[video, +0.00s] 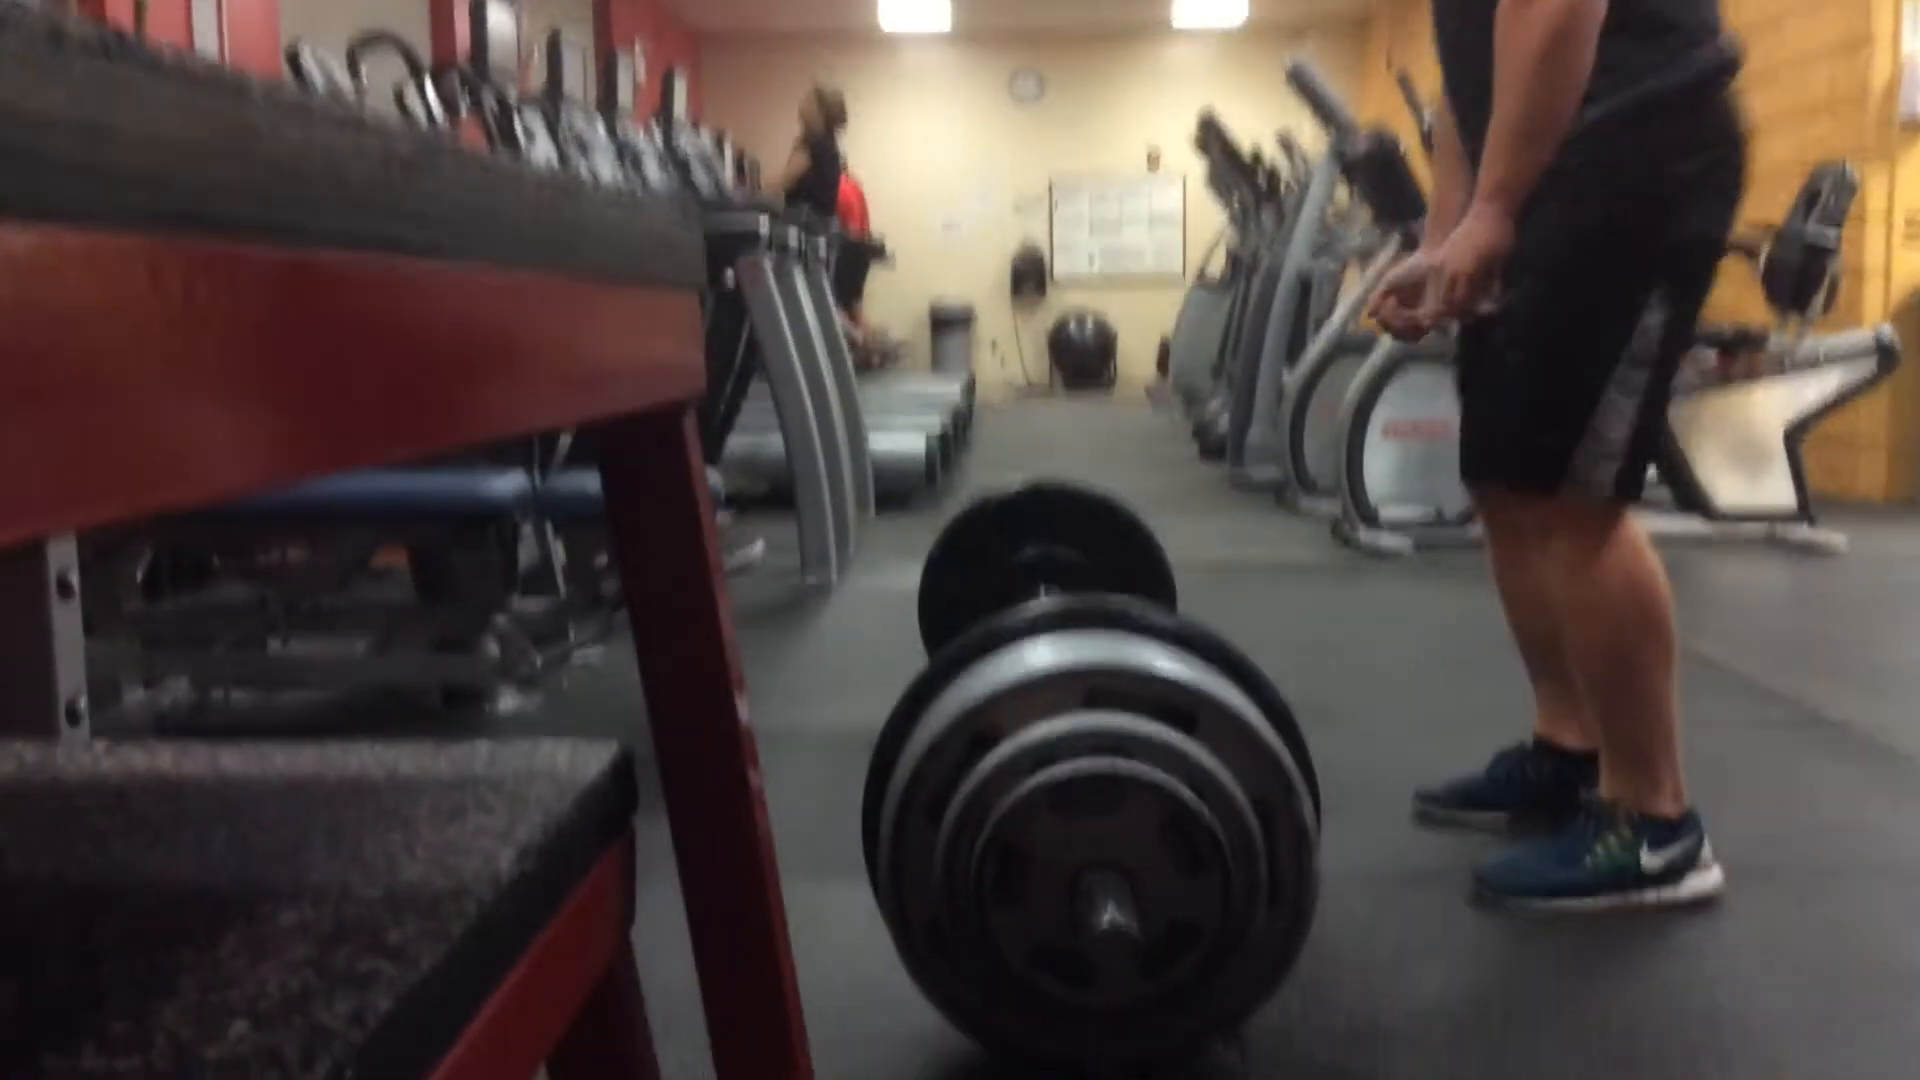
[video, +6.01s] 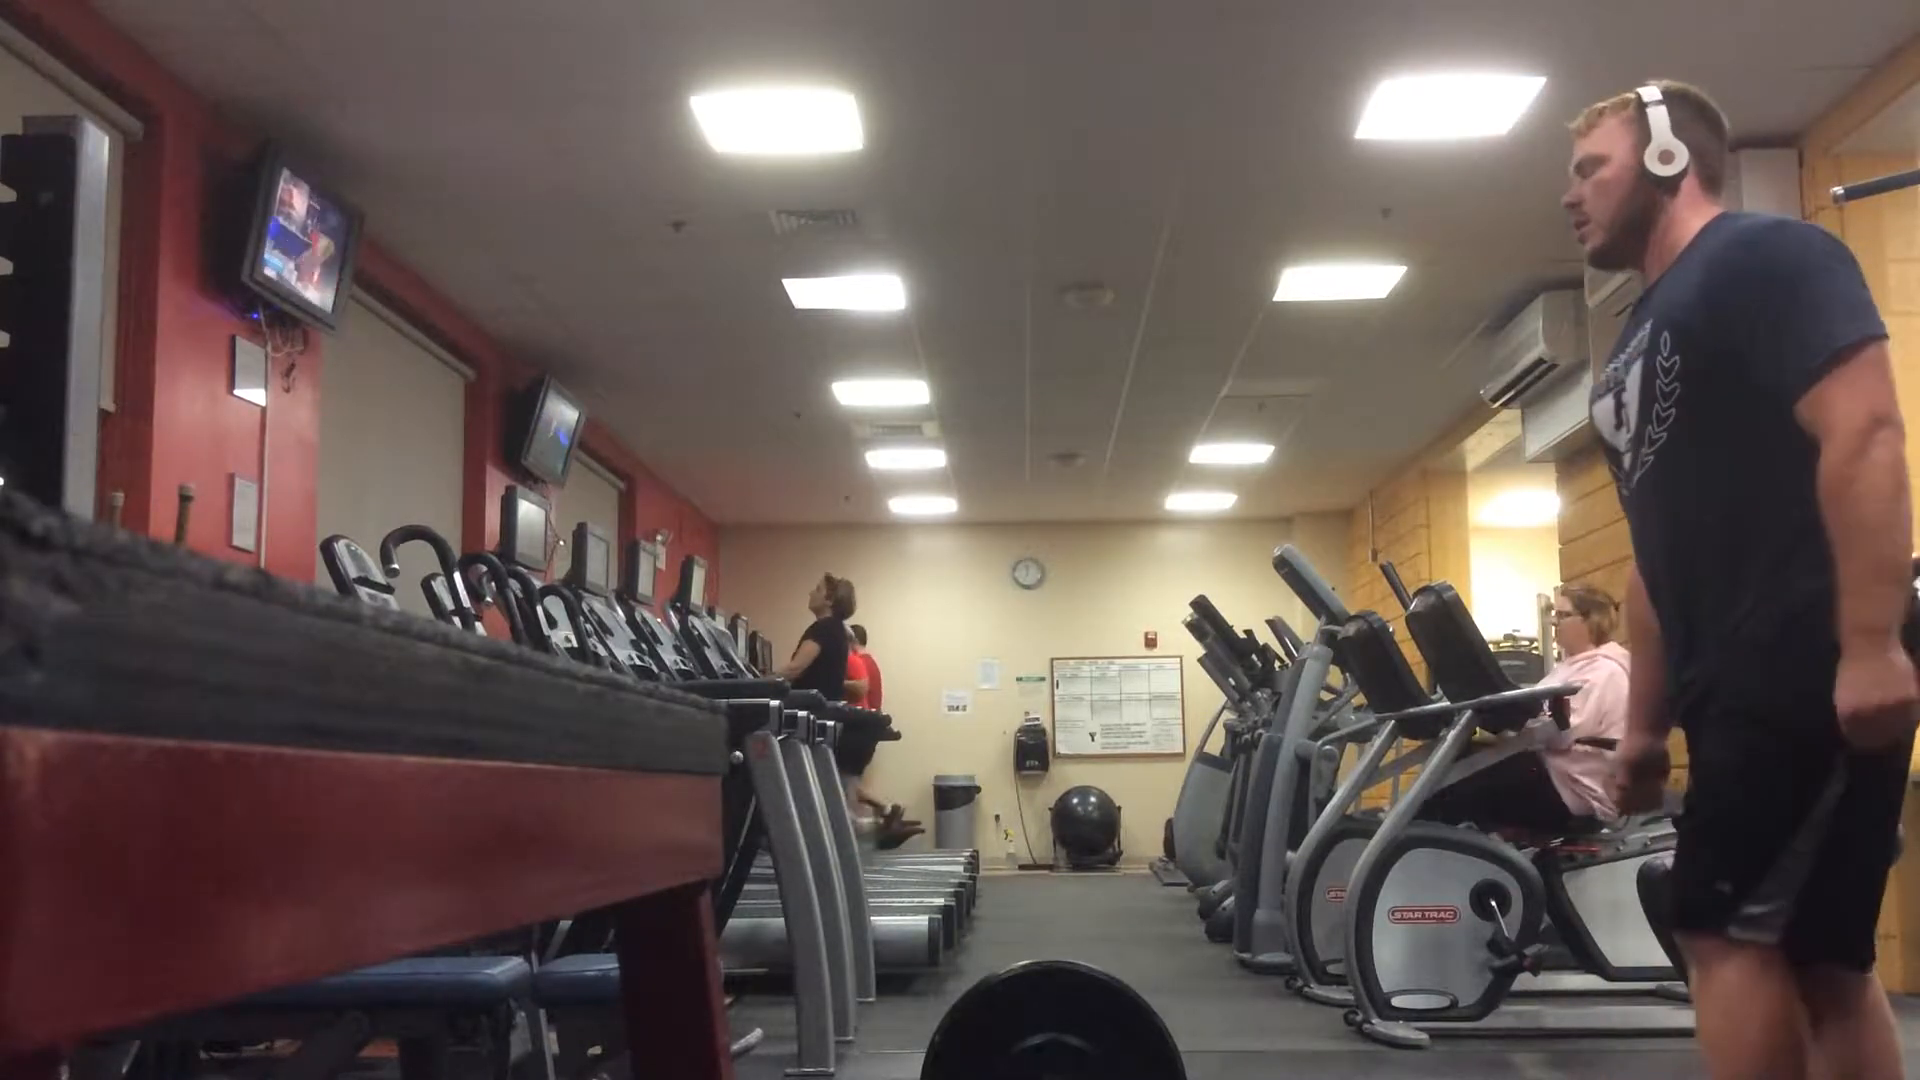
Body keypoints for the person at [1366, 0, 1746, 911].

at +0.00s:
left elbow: (1563, 9)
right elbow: (1467, 55)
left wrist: (1490, 210)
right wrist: (1441, 240)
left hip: (1640, 130)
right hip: (1535, 141)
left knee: (1575, 489)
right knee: (1508, 473)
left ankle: (1653, 819)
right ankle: (1569, 753)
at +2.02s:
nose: (1505, 162)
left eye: (1530, 137)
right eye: (1512, 140)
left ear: (1611, 145)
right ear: (1596, 149)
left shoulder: (1648, 268)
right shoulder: (1544, 299)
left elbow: (1612, 478)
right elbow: (1475, 511)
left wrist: (1485, 662)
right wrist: (1412, 696)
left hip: (1550, 680)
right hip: (1484, 686)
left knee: (1573, 995)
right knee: (1520, 993)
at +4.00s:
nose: (1617, 135)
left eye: (1643, 108)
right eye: (1620, 115)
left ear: (1727, 115)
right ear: (1705, 122)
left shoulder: (1825, 237)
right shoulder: (1659, 310)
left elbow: (1884, 446)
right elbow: (1686, 516)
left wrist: (1754, 633)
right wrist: (1621, 684)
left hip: (1859, 687)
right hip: (1742, 698)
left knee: (1885, 993)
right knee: (1802, 986)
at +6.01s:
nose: (1569, 193)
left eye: (1590, 166)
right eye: (1570, 173)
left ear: (1669, 166)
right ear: (1665, 175)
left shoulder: (1767, 252)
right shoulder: (1628, 354)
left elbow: (1868, 434)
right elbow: (1657, 559)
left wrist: (1873, 643)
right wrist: (1644, 727)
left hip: (1808, 672)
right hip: (1731, 690)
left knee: (1723, 933)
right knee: (1832, 969)